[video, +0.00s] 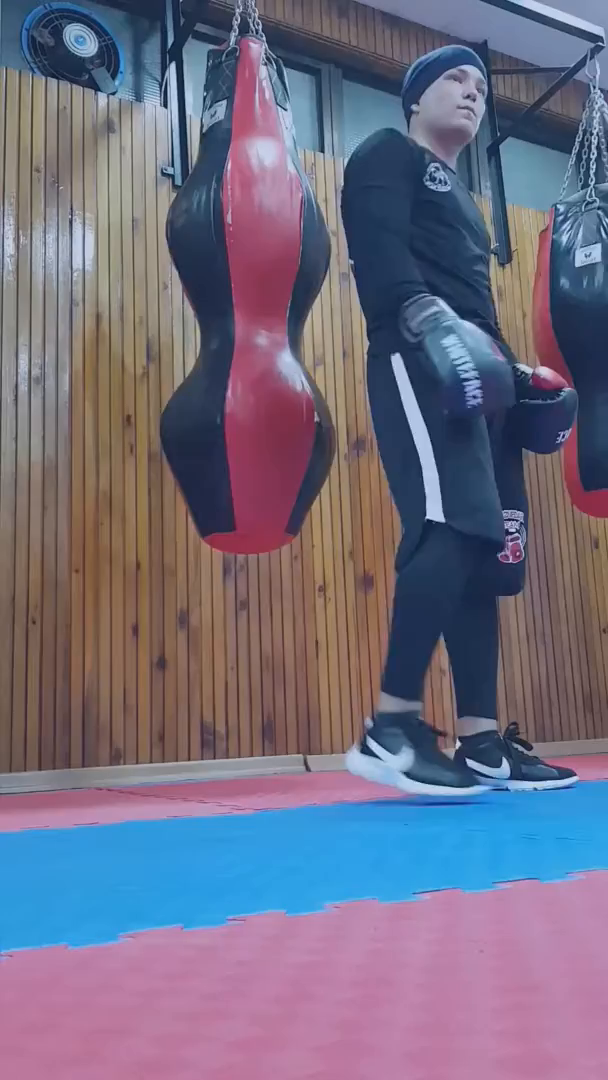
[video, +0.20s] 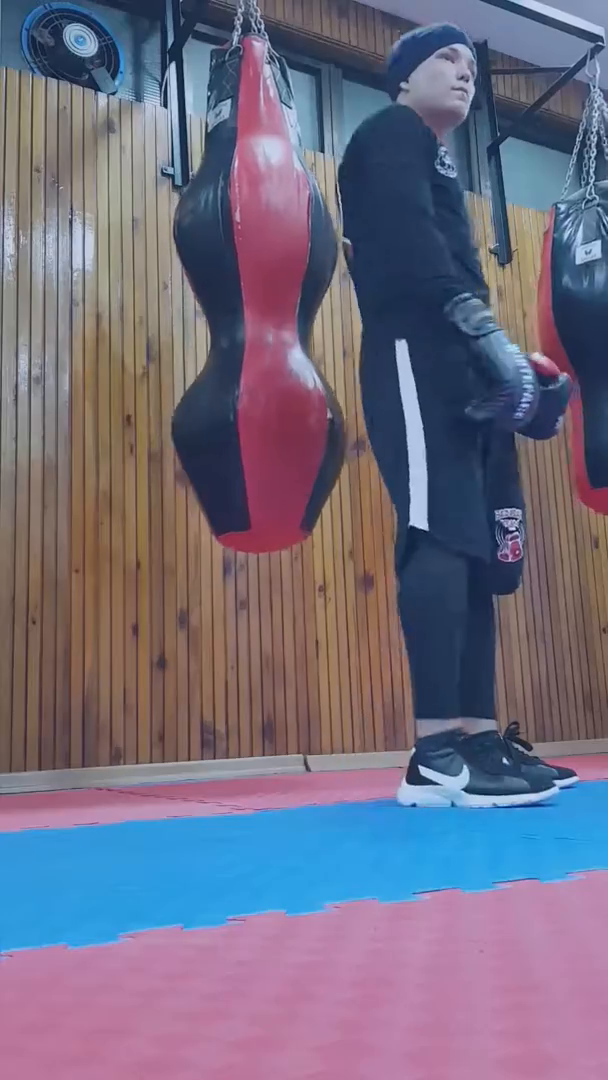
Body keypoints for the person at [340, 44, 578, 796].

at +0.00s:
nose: (470, 93)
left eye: (479, 89)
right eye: (455, 80)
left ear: (480, 117)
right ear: (415, 96)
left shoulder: (461, 198)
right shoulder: (386, 154)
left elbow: (472, 305)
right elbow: (385, 265)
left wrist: (518, 372)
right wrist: (442, 333)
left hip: (472, 366)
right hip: (414, 359)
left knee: (482, 546)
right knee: (448, 531)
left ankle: (481, 738)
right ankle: (392, 728)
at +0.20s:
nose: (463, 72)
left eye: (470, 66)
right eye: (447, 59)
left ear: (468, 92)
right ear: (404, 75)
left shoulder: (440, 164)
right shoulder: (389, 135)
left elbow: (463, 284)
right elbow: (418, 261)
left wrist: (510, 364)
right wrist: (496, 347)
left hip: (456, 357)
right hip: (413, 353)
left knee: (477, 543)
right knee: (439, 538)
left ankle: (481, 738)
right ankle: (436, 748)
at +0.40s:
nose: (466, 53)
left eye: (470, 44)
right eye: (452, 37)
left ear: (453, 65)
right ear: (404, 45)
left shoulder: (420, 126)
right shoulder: (393, 106)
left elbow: (433, 269)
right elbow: (413, 237)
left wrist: (509, 351)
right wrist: (501, 312)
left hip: (433, 335)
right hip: (394, 331)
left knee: (466, 534)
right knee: (420, 533)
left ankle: (480, 736)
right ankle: (434, 749)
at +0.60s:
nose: (461, 61)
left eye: (461, 47)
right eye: (455, 42)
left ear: (401, 34)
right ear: (416, 31)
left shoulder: (363, 93)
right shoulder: (401, 79)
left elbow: (376, 264)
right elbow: (414, 213)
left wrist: (462, 328)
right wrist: (513, 280)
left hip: (357, 320)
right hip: (370, 320)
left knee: (409, 528)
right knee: (405, 528)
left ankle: (417, 732)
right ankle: (432, 749)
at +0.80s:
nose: (407, 39)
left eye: (404, 33)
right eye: (405, 28)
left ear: (329, 23)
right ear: (388, 20)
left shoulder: (297, 84)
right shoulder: (374, 61)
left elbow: (217, 216)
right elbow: (422, 194)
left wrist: (256, 327)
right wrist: (476, 169)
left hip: (301, 319)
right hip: (360, 315)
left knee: (331, 529)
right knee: (383, 531)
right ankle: (437, 752)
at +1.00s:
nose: (352, 40)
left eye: (344, 37)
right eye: (344, 32)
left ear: (257, 33)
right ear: (325, 24)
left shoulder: (209, 113)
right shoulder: (326, 46)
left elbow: (212, 251)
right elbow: (398, 190)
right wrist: (374, 122)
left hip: (236, 319)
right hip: (315, 301)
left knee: (233, 543)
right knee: (377, 527)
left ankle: (188, 753)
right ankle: (436, 748)